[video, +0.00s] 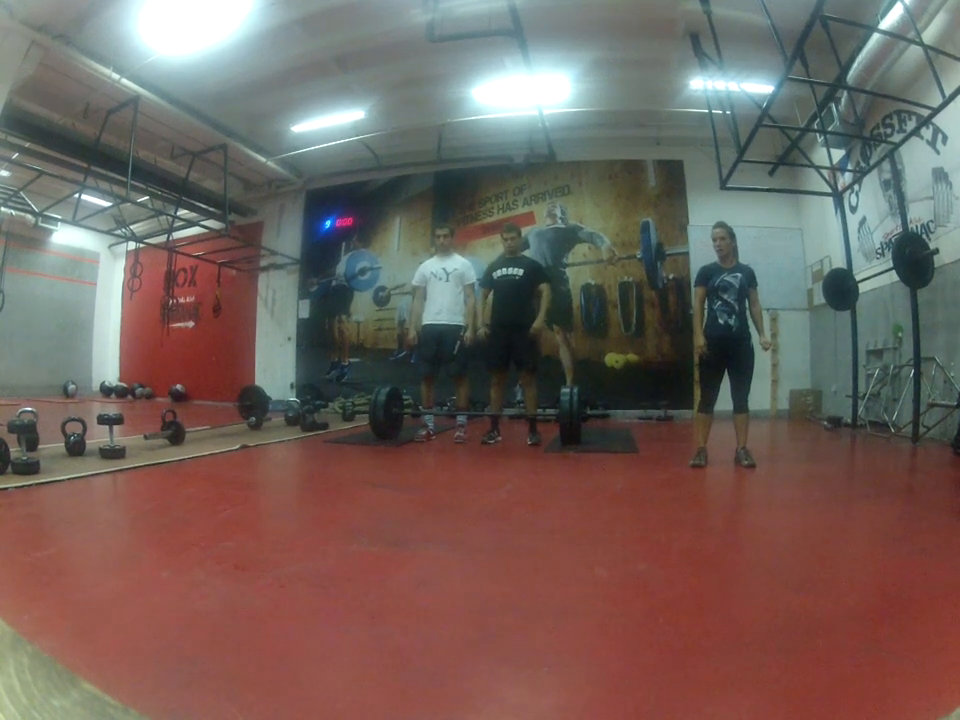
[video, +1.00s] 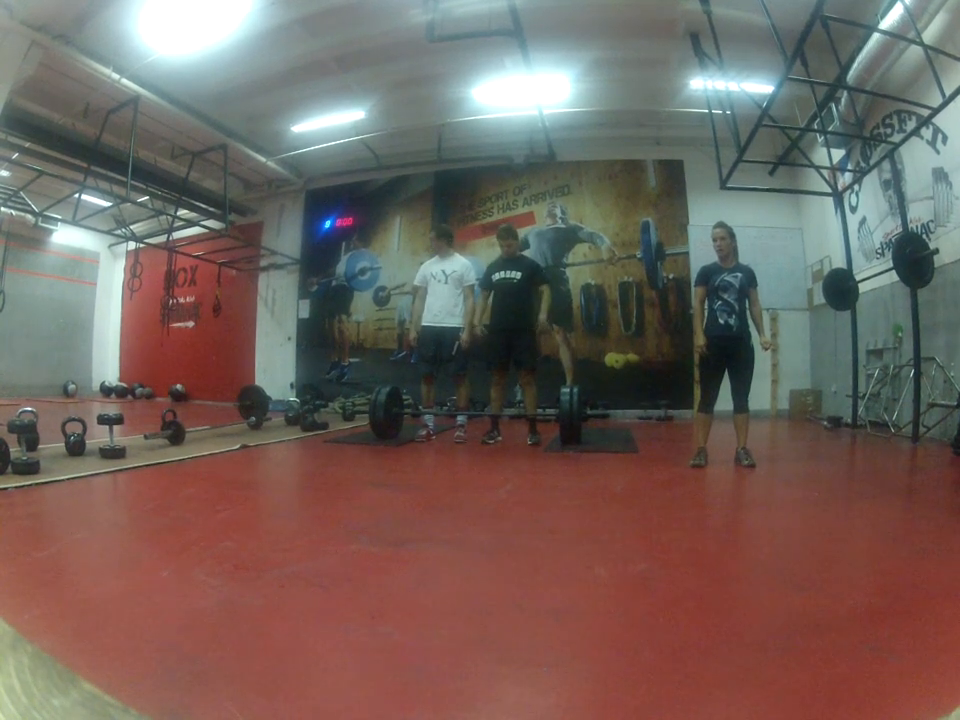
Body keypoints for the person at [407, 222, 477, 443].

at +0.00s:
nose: (442, 240)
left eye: (445, 236)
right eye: (438, 237)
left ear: (452, 239)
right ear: (434, 239)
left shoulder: (463, 264)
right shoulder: (425, 267)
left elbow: (470, 298)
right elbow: (417, 299)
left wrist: (470, 328)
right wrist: (413, 328)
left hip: (456, 327)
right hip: (429, 327)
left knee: (460, 377)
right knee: (427, 376)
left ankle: (461, 424)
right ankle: (428, 425)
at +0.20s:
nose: (442, 243)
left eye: (445, 239)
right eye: (439, 239)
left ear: (452, 240)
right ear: (435, 241)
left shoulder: (464, 265)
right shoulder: (426, 267)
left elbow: (471, 298)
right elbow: (418, 299)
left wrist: (470, 329)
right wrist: (413, 328)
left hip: (456, 328)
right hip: (429, 327)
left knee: (460, 376)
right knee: (427, 376)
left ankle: (461, 424)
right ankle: (428, 424)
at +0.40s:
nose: (439, 246)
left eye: (443, 242)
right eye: (437, 242)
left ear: (451, 241)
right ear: (434, 243)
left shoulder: (464, 266)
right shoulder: (427, 266)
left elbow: (471, 298)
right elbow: (418, 298)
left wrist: (468, 329)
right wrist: (412, 327)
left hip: (456, 328)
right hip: (429, 328)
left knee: (459, 377)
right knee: (427, 377)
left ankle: (461, 424)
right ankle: (427, 424)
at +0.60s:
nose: (438, 245)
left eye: (442, 241)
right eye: (436, 241)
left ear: (450, 242)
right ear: (433, 242)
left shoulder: (464, 266)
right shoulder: (427, 267)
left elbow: (470, 298)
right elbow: (419, 299)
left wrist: (468, 329)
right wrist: (413, 327)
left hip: (455, 328)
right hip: (429, 328)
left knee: (460, 377)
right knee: (427, 376)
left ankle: (461, 424)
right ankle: (427, 424)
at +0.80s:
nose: (434, 246)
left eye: (437, 242)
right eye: (433, 242)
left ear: (448, 242)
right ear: (433, 242)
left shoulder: (464, 266)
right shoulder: (427, 267)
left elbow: (470, 299)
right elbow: (419, 299)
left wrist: (468, 329)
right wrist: (413, 328)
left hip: (455, 329)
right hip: (428, 328)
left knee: (459, 377)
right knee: (427, 376)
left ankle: (461, 424)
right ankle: (427, 424)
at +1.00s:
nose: (431, 244)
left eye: (434, 240)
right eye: (431, 240)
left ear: (445, 241)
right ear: (436, 241)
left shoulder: (463, 265)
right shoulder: (426, 266)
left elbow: (470, 298)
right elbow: (419, 298)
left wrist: (467, 329)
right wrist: (413, 327)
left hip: (455, 328)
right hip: (428, 328)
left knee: (460, 376)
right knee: (427, 376)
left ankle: (461, 423)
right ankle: (428, 424)